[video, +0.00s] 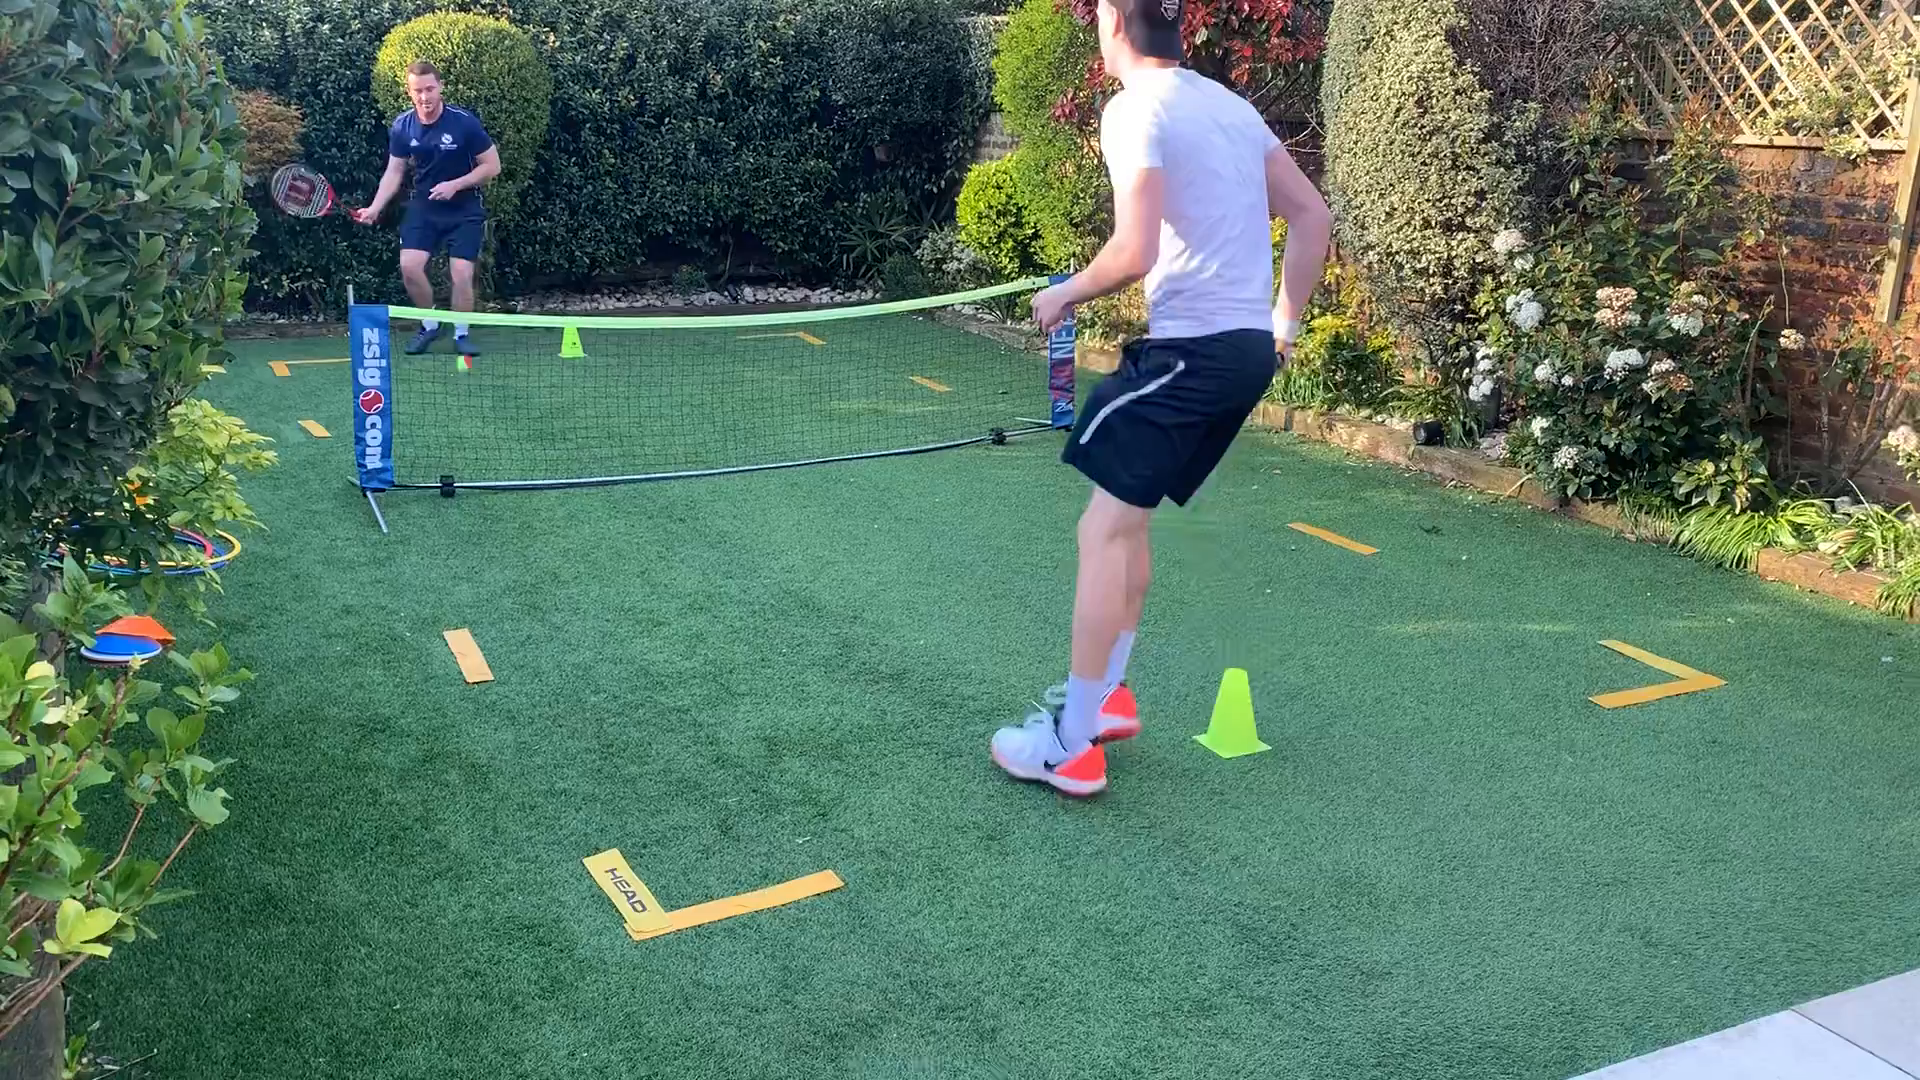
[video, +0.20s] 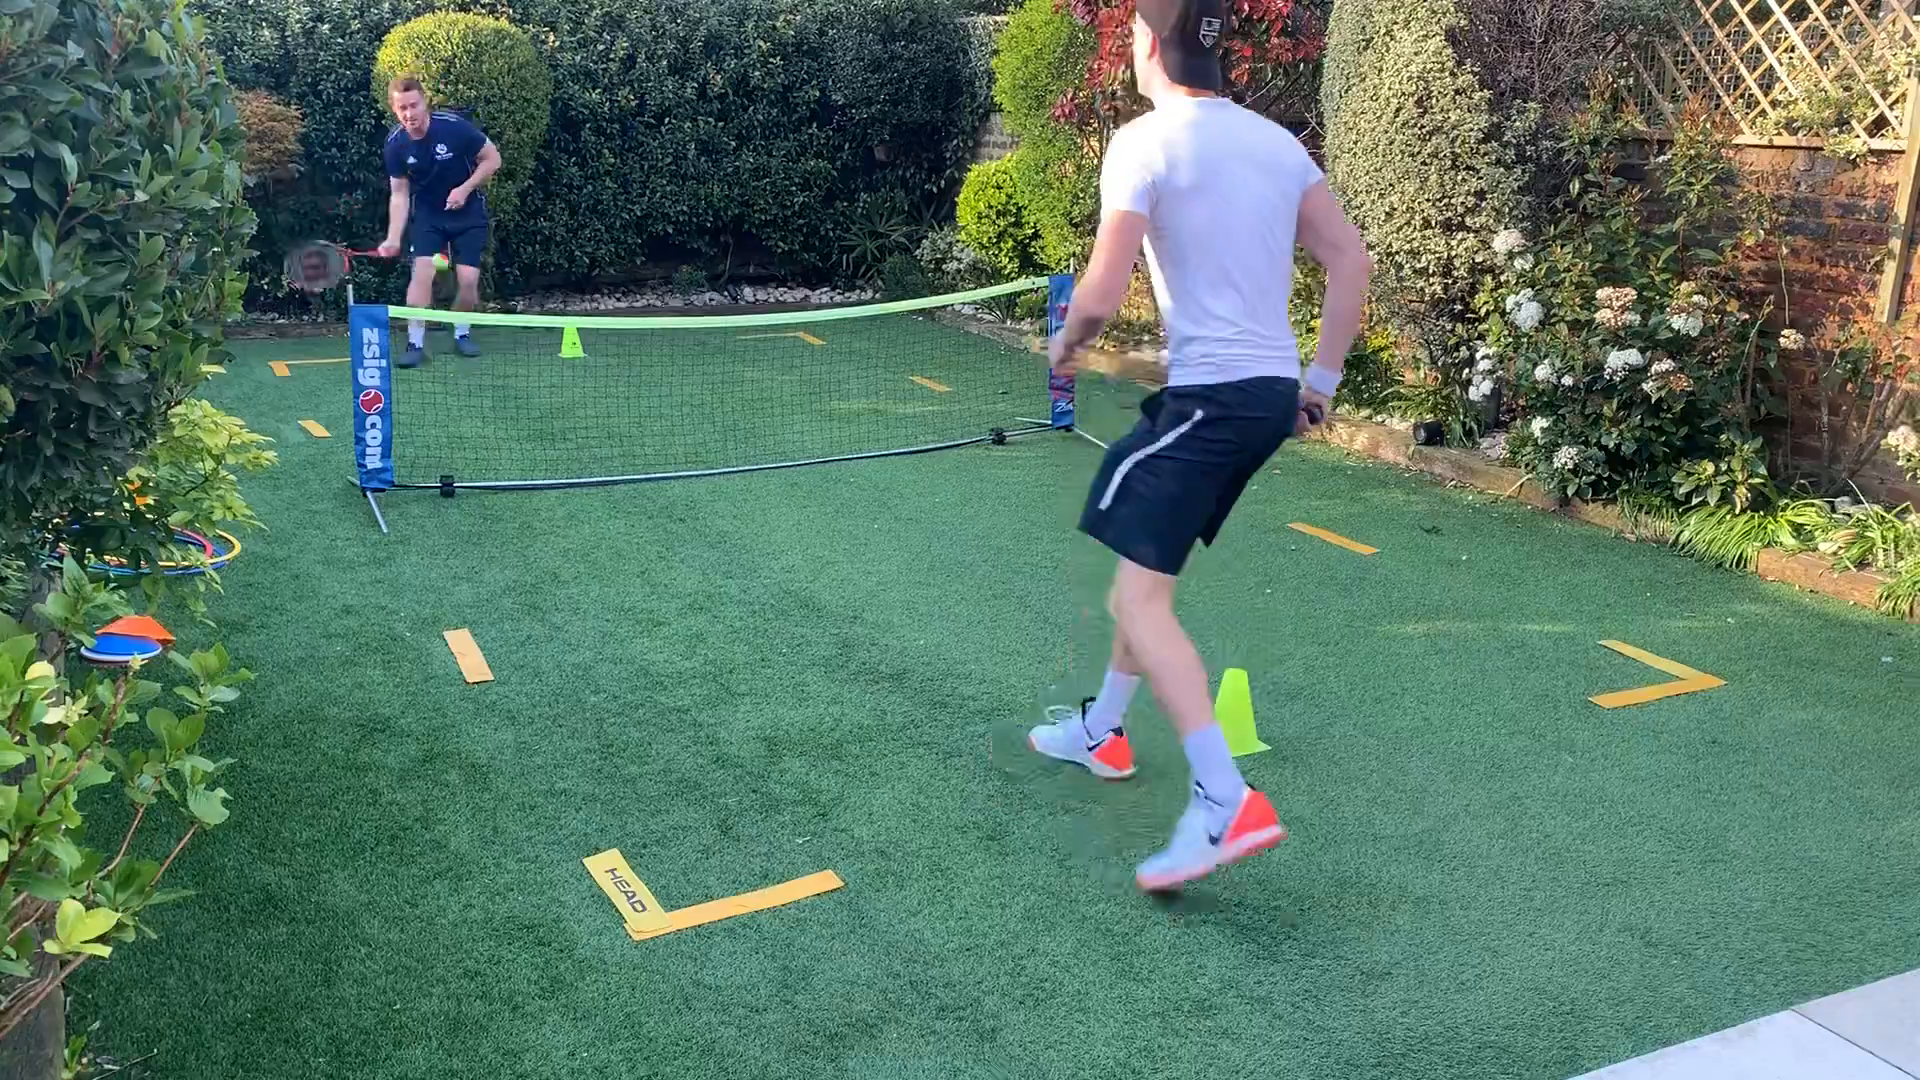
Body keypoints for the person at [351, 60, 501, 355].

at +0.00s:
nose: (425, 96)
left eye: (430, 89)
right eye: (419, 91)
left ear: (440, 89)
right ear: (410, 94)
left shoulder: (465, 123)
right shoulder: (402, 127)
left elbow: (492, 166)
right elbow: (393, 172)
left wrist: (455, 184)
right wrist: (374, 208)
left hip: (464, 208)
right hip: (422, 206)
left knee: (461, 272)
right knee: (410, 267)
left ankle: (461, 335)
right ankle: (430, 325)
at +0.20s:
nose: (409, 114)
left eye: (414, 106)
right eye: (402, 108)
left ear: (426, 103)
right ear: (395, 111)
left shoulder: (456, 128)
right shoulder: (395, 145)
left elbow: (493, 159)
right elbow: (399, 193)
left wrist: (465, 188)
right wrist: (392, 239)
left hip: (468, 211)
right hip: (426, 212)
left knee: (469, 275)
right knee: (422, 269)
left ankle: (462, 335)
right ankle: (415, 344)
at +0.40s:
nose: (412, 114)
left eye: (416, 105)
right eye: (405, 108)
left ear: (428, 100)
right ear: (396, 109)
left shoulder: (458, 120)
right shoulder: (400, 148)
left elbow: (494, 146)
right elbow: (421, 197)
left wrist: (478, 180)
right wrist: (439, 233)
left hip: (476, 205)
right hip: (437, 212)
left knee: (487, 270)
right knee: (428, 271)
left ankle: (480, 328)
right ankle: (416, 344)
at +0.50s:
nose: (427, 108)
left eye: (432, 99)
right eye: (420, 103)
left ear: (444, 97)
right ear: (413, 106)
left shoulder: (474, 118)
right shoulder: (413, 145)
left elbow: (505, 144)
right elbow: (432, 189)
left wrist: (491, 173)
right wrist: (458, 211)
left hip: (484, 203)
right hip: (441, 207)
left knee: (505, 268)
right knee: (431, 273)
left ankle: (512, 337)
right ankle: (416, 344)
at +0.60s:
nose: (452, 105)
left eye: (457, 98)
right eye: (445, 100)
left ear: (468, 98)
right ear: (435, 104)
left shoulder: (488, 124)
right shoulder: (434, 141)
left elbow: (523, 150)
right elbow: (447, 190)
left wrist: (510, 177)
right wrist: (467, 200)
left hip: (498, 207)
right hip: (458, 213)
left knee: (525, 268)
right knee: (439, 276)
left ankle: (551, 342)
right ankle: (416, 344)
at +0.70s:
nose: (484, 106)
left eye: (489, 98)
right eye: (477, 100)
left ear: (498, 100)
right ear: (465, 104)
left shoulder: (520, 131)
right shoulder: (460, 145)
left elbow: (550, 160)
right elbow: (464, 197)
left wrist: (539, 185)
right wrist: (489, 199)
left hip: (519, 217)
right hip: (476, 224)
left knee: (550, 273)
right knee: (449, 288)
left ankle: (575, 343)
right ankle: (418, 342)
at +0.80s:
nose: (513, 102)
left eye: (518, 95)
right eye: (506, 97)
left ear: (530, 96)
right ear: (497, 102)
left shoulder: (554, 129)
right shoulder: (493, 142)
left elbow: (585, 156)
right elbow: (484, 195)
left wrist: (571, 178)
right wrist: (510, 197)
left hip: (554, 223)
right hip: (511, 225)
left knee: (570, 280)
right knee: (475, 286)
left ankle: (578, 348)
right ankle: (433, 342)